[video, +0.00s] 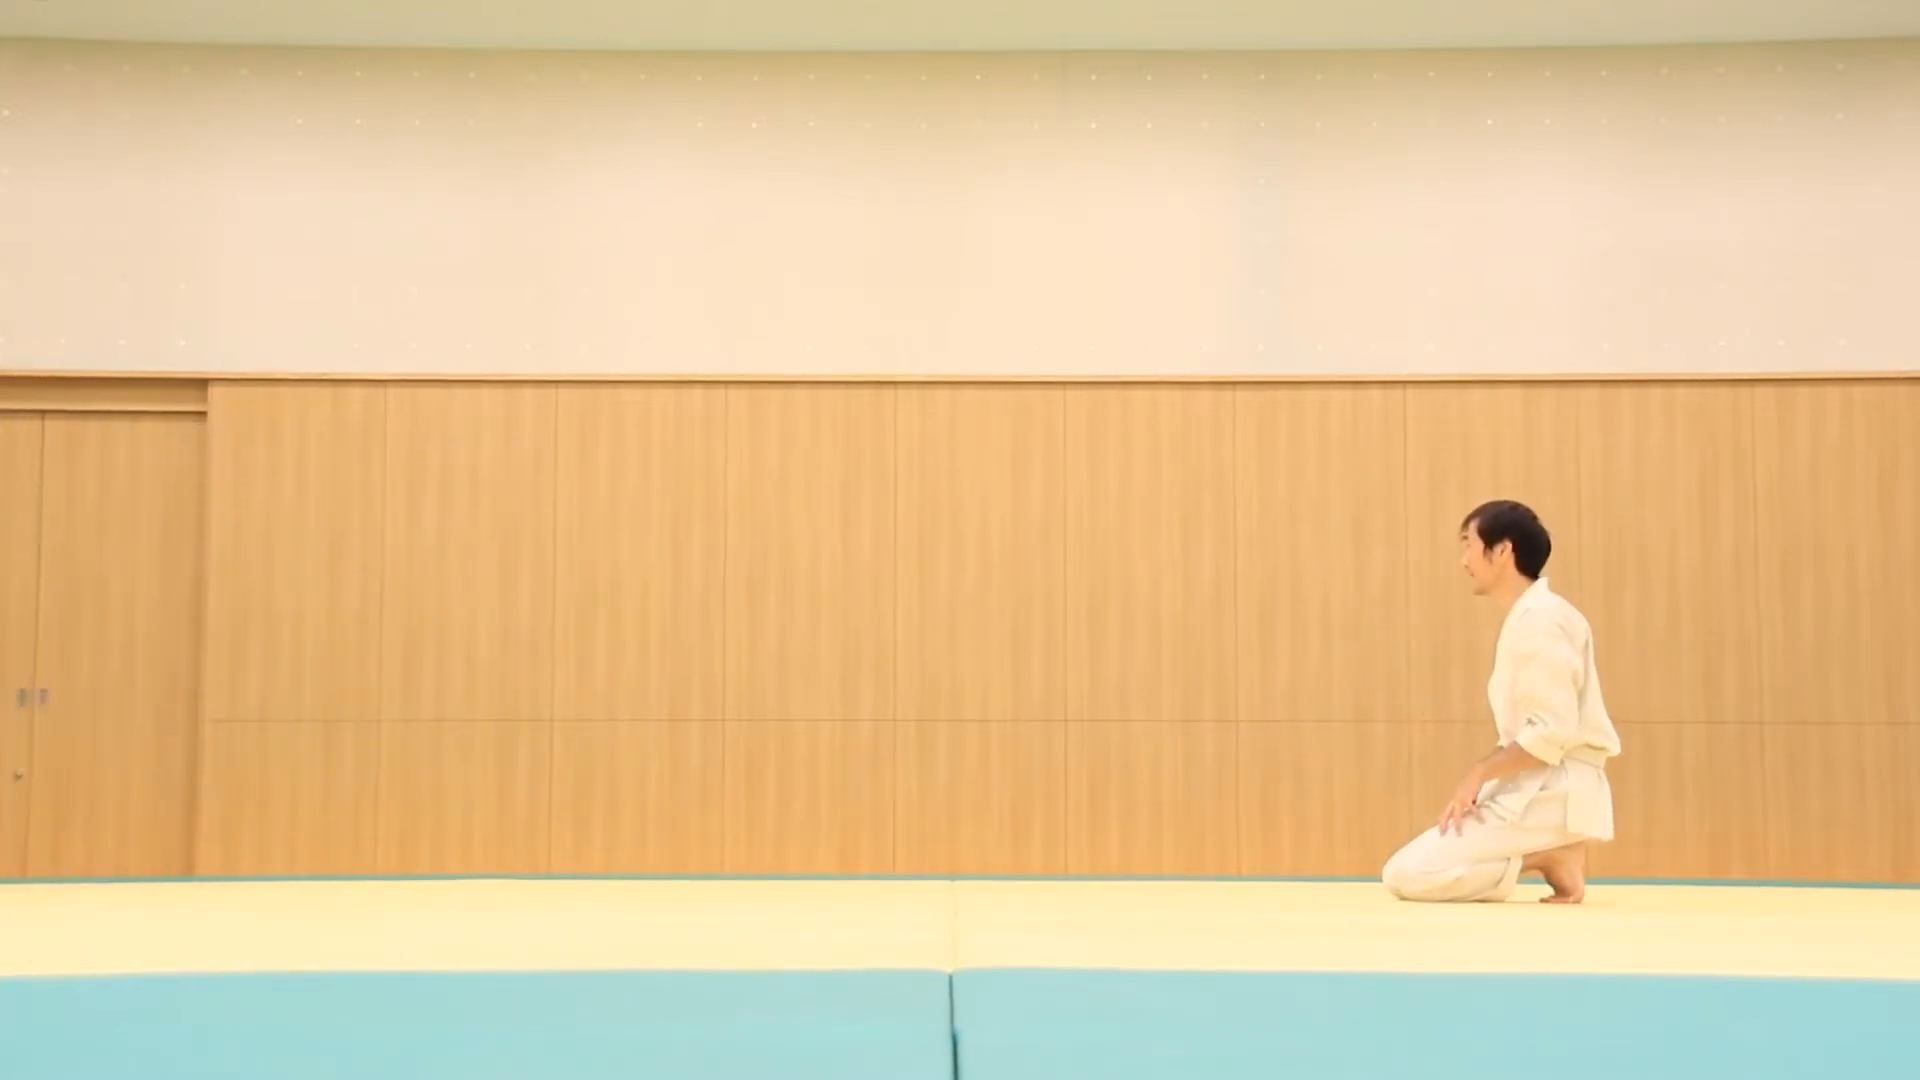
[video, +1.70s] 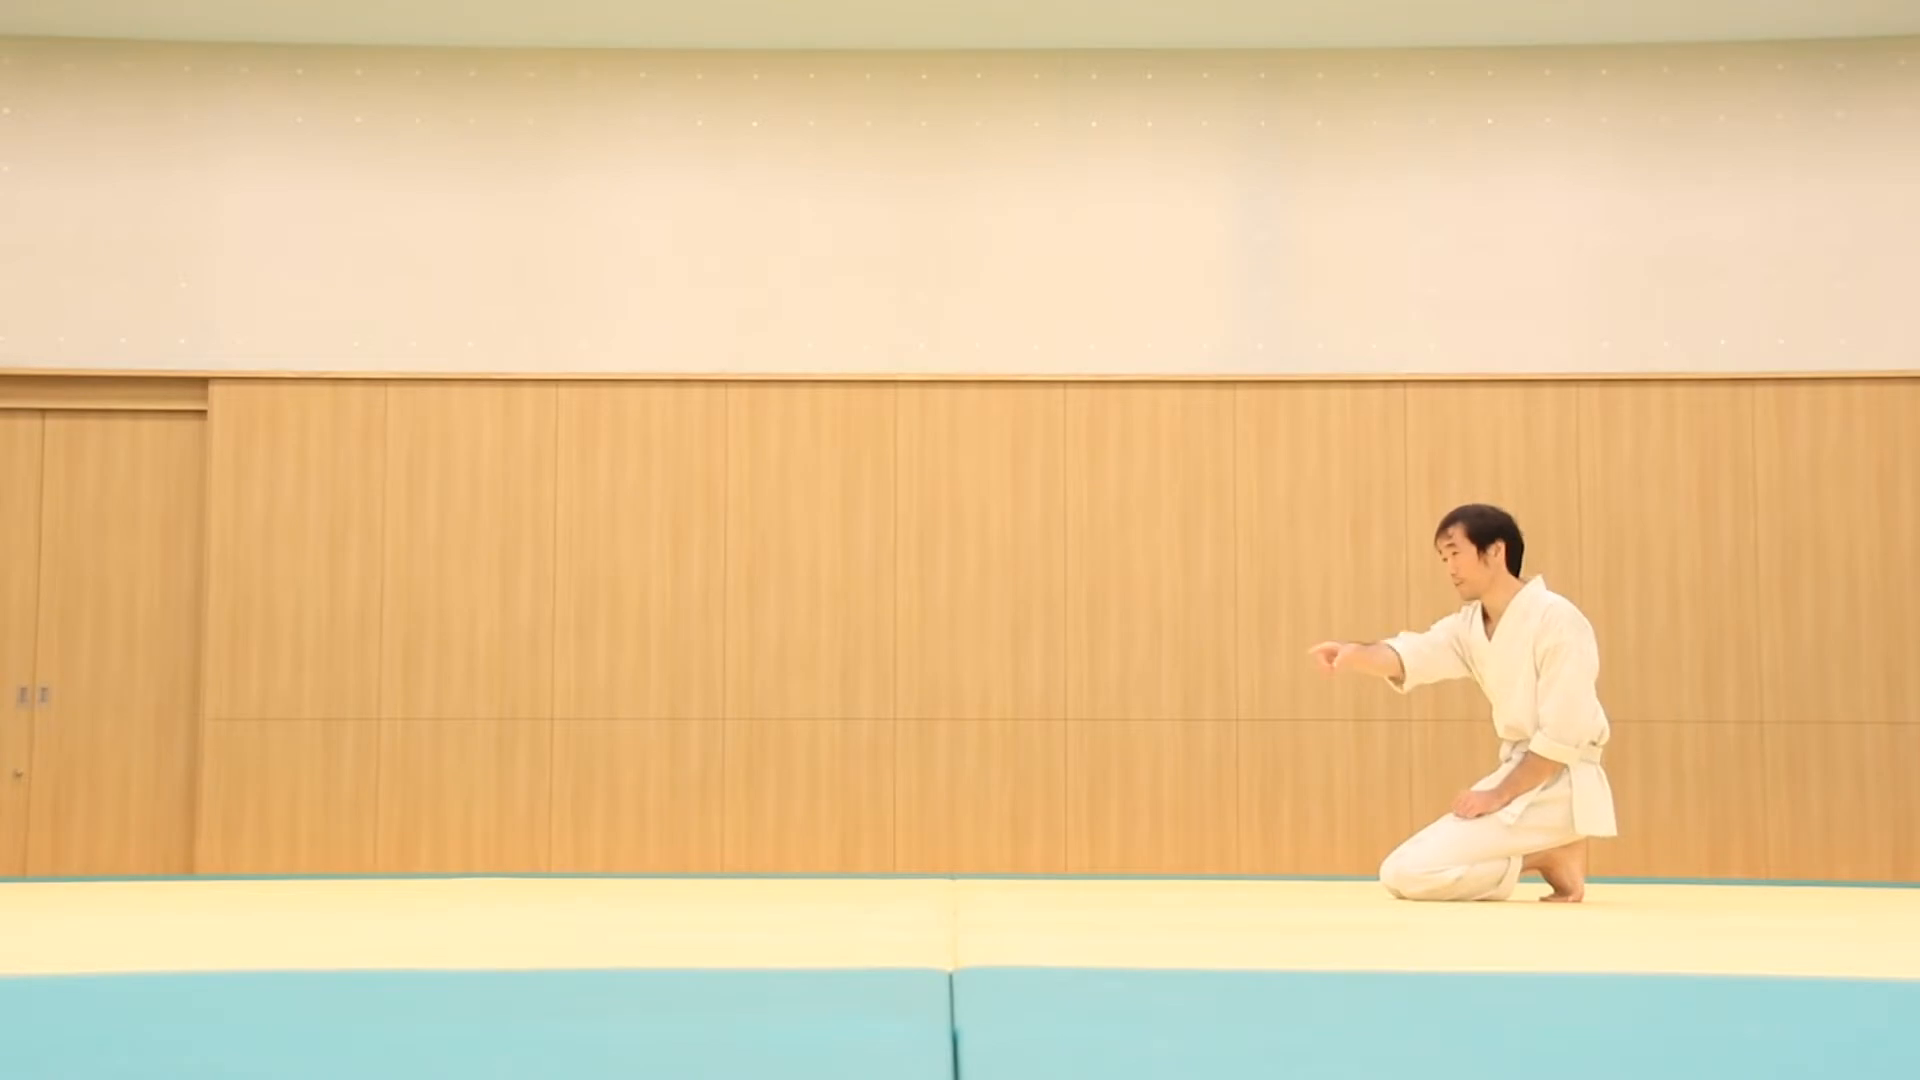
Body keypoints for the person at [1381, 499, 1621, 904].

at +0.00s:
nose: (1463, 561)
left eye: (1469, 546)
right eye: (1464, 548)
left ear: (1503, 552)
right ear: (1503, 554)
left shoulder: (1538, 620)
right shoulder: (1541, 615)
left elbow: (1552, 732)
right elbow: (1543, 730)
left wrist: (1479, 774)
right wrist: (1478, 783)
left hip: (1555, 794)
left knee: (1406, 876)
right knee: (1405, 872)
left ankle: (1550, 857)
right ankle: (1548, 856)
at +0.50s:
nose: (1462, 569)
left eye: (1468, 553)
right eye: (1462, 555)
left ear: (1504, 556)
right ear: (1503, 559)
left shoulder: (1544, 619)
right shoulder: (1531, 618)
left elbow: (1554, 727)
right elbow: (1521, 729)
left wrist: (1474, 764)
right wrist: (1457, 766)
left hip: (1558, 794)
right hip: (1544, 789)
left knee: (1407, 876)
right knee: (1407, 872)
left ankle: (1550, 857)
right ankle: (1548, 857)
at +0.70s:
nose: (1457, 576)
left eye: (1457, 562)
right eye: (1454, 563)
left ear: (1485, 561)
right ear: (1487, 562)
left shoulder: (1544, 617)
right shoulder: (1523, 620)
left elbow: (1547, 711)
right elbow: (1485, 705)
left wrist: (1472, 727)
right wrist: (1430, 725)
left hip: (1557, 789)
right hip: (1534, 782)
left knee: (1407, 876)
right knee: (1404, 872)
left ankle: (1549, 855)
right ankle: (1547, 855)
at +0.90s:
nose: (1450, 580)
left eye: (1449, 565)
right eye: (1446, 568)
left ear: (1479, 562)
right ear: (1477, 564)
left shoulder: (1541, 617)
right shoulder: (1516, 624)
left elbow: (1561, 716)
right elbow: (1470, 723)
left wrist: (1483, 743)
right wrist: (1400, 731)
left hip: (1555, 789)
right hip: (1531, 783)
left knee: (1407, 876)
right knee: (1405, 872)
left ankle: (1548, 856)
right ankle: (1547, 856)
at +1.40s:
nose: (1455, 574)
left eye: (1462, 558)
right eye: (1449, 565)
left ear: (1503, 555)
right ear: (1446, 569)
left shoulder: (1559, 621)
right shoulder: (1471, 633)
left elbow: (1575, 728)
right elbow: (1442, 696)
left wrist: (1501, 792)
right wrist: (1425, 697)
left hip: (1563, 788)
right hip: (1513, 780)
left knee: (1404, 875)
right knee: (1398, 874)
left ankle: (1547, 855)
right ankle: (1543, 856)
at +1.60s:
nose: (1450, 571)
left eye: (1458, 555)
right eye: (1445, 561)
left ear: (1499, 553)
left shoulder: (1559, 619)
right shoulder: (1467, 628)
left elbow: (1574, 726)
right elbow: (1425, 687)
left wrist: (1505, 794)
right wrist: (1395, 669)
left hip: (1565, 786)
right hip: (1514, 777)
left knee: (1405, 875)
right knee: (1396, 875)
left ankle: (1548, 855)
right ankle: (1543, 856)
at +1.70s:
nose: (1448, 569)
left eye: (1454, 554)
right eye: (1444, 558)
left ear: (1495, 553)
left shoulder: (1557, 621)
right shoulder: (1470, 626)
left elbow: (1563, 733)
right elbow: (1412, 654)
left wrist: (1497, 794)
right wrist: (1354, 654)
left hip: (1562, 789)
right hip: (1515, 779)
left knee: (1405, 875)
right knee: (1399, 873)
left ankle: (1548, 855)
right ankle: (1545, 854)